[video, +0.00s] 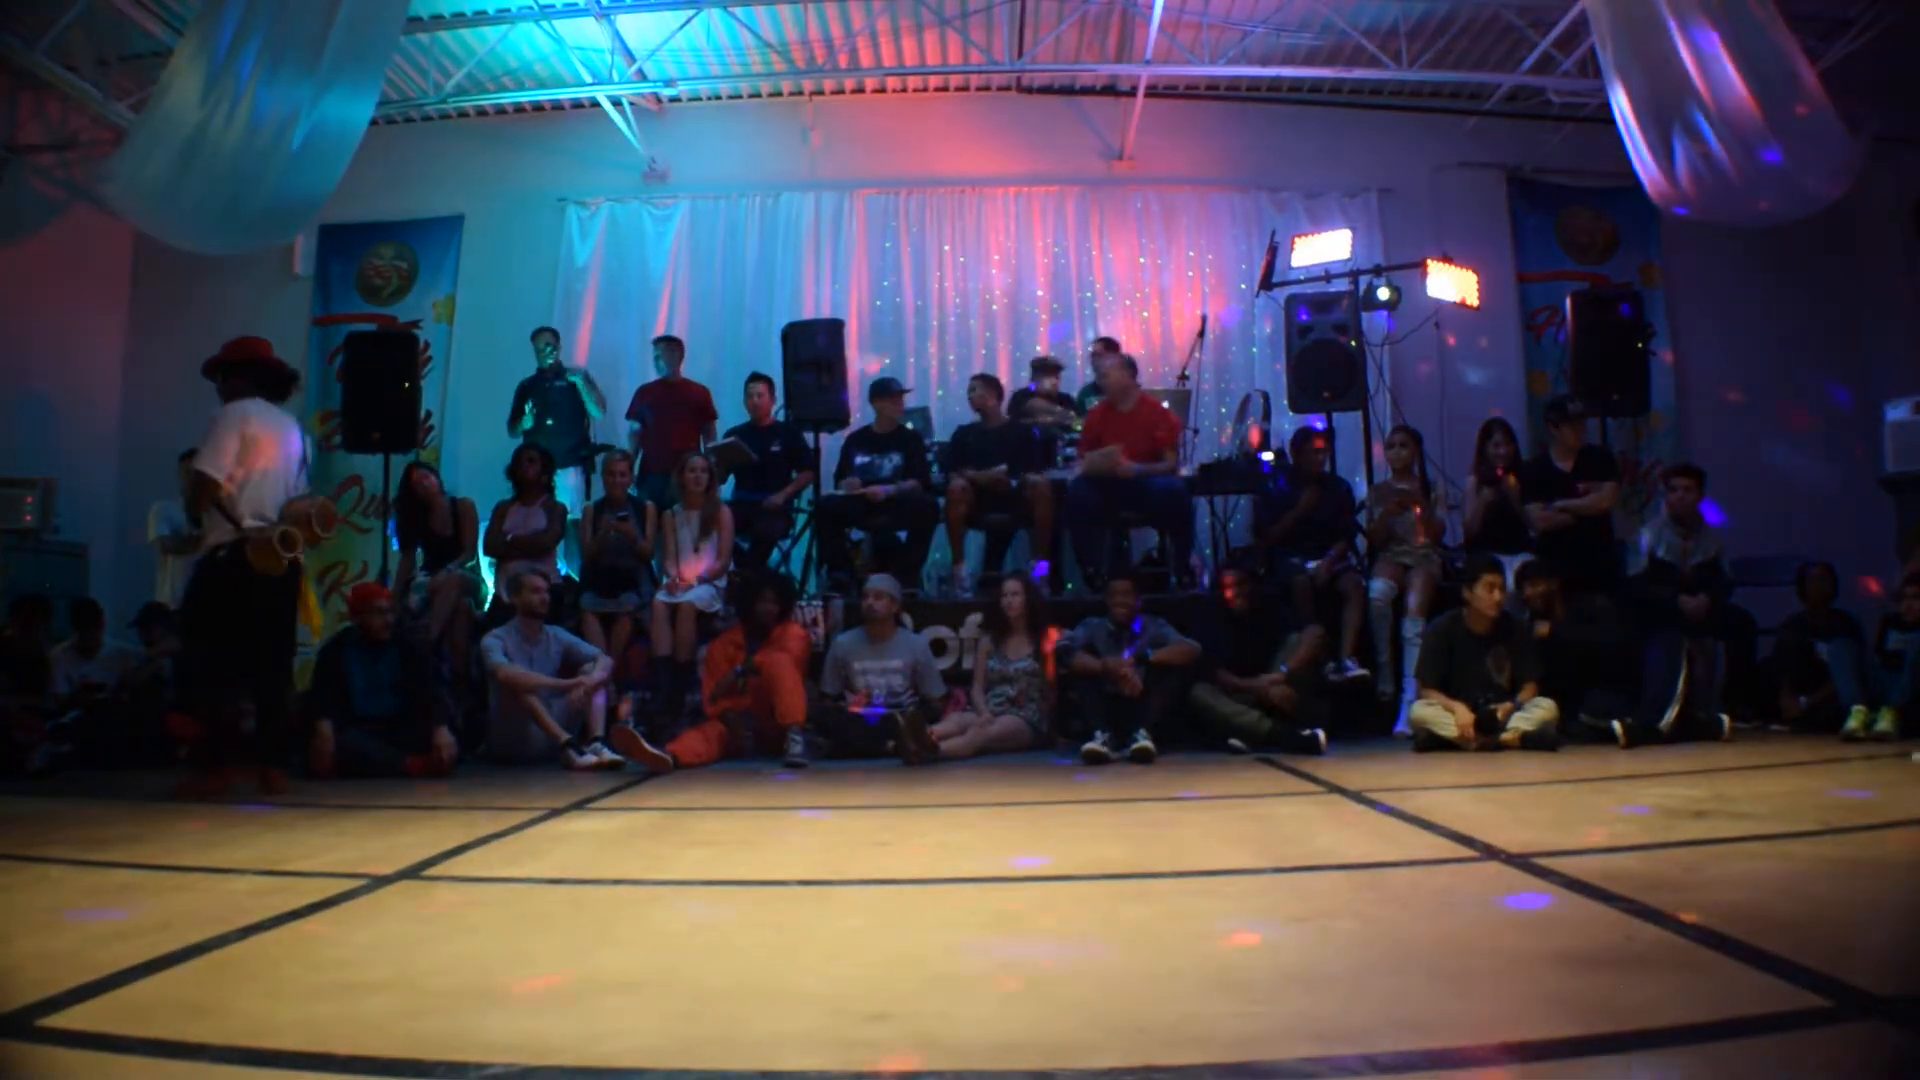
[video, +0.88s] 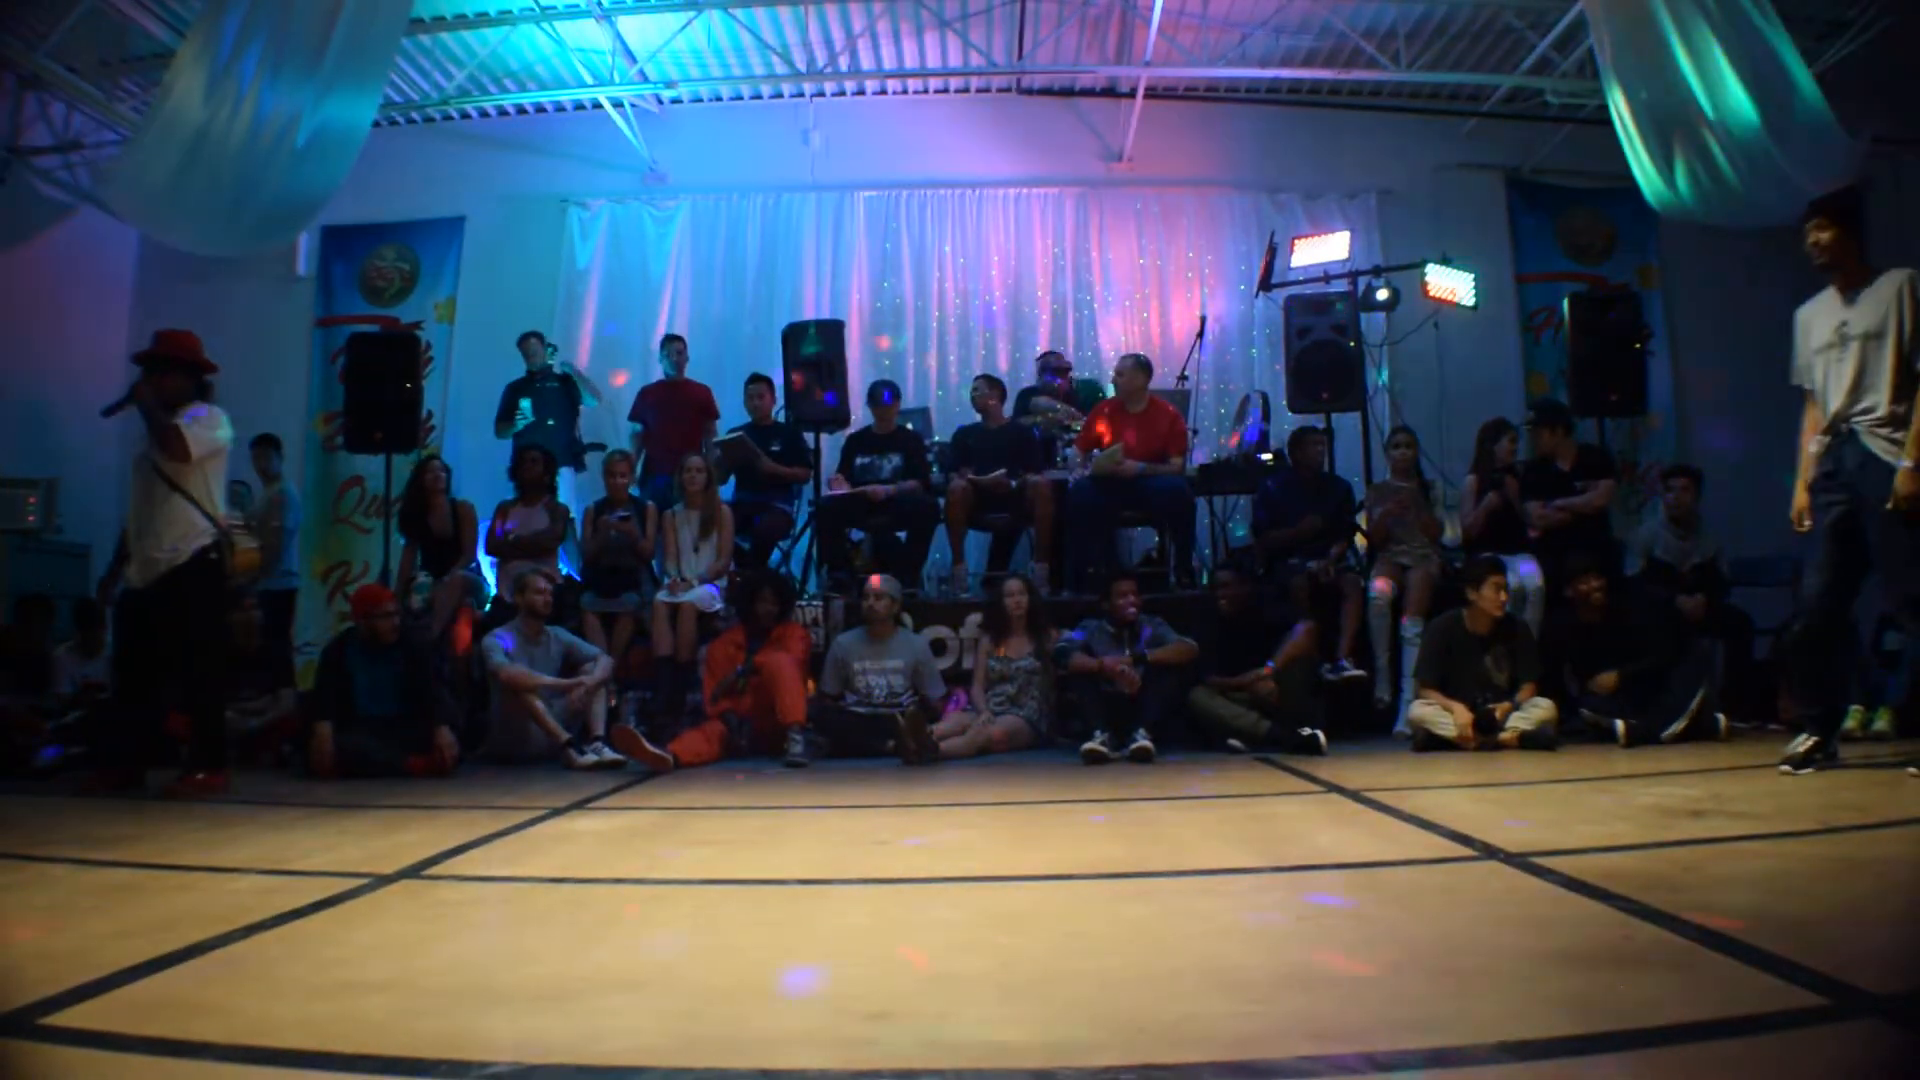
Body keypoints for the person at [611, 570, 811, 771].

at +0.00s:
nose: (768, 609)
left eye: (774, 603)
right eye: (762, 602)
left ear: (783, 607)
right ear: (748, 605)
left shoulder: (792, 634)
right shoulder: (723, 645)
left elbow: (785, 664)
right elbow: (713, 704)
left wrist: (752, 667)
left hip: (774, 716)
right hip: (737, 720)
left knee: (778, 661)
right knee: (709, 735)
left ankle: (795, 738)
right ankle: (670, 756)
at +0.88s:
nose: (767, 609)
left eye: (773, 603)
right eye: (761, 602)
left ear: (783, 606)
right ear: (748, 605)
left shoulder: (793, 633)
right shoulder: (724, 645)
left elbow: (789, 666)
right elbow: (713, 704)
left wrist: (753, 668)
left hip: (775, 715)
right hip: (738, 721)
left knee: (778, 660)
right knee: (711, 734)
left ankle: (795, 737)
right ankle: (670, 755)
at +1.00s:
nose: (768, 609)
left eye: (774, 603)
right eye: (762, 602)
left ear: (783, 607)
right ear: (749, 605)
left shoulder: (793, 634)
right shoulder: (723, 646)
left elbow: (790, 655)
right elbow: (713, 704)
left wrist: (753, 666)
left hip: (775, 717)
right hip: (738, 721)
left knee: (779, 661)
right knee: (711, 734)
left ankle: (795, 735)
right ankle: (670, 755)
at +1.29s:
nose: (757, 610)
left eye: (764, 604)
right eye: (752, 603)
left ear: (778, 605)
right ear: (743, 606)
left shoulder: (793, 634)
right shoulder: (724, 645)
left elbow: (786, 664)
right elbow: (714, 705)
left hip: (774, 716)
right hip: (738, 721)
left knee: (780, 660)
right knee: (711, 734)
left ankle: (795, 736)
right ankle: (670, 755)